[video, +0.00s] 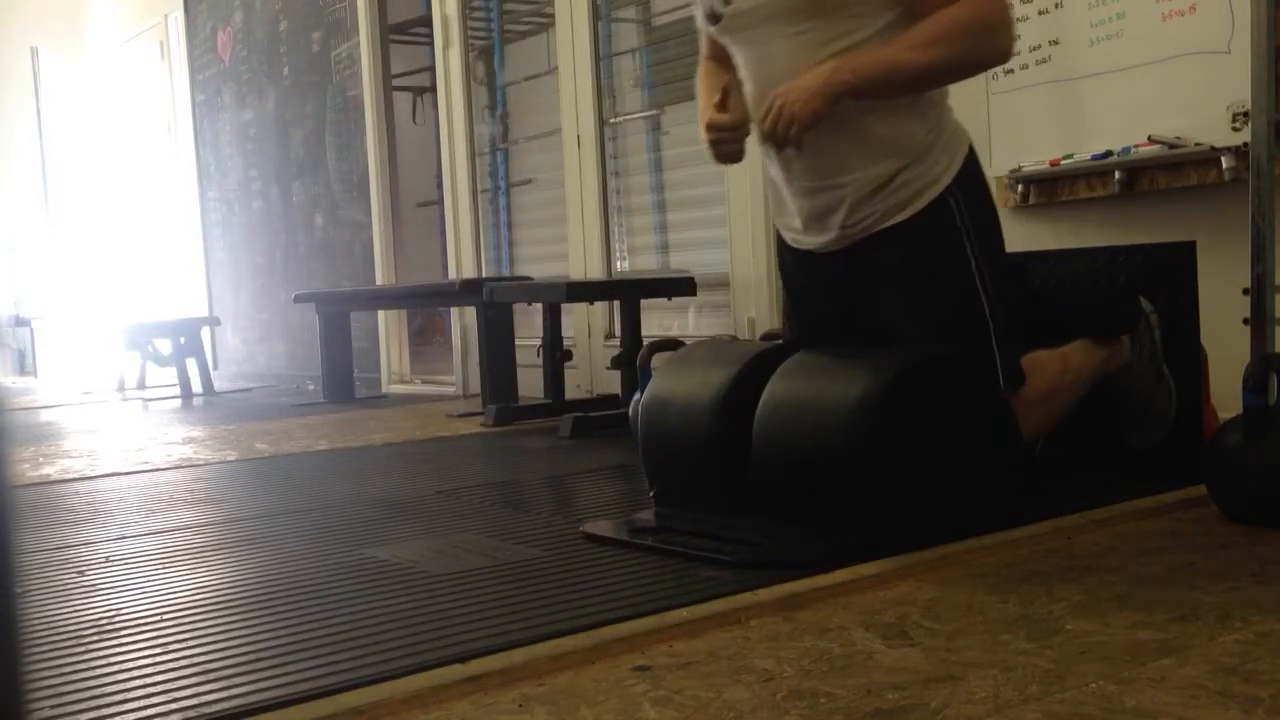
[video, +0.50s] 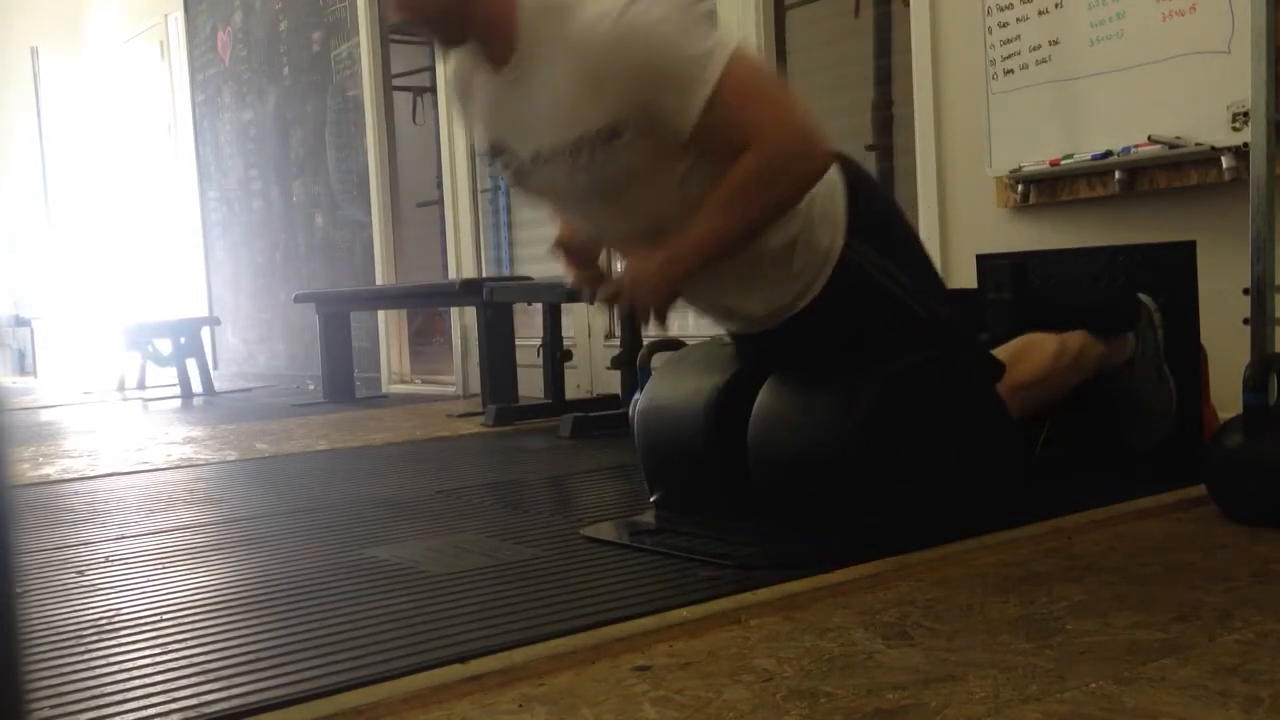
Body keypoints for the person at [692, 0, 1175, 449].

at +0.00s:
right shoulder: (720, 7)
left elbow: (987, 30)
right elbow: (717, 56)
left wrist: (832, 78)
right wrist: (717, 112)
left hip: (921, 205)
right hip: (806, 229)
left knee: (976, 432)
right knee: (845, 444)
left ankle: (1110, 347)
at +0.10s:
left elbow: (957, 35)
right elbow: (688, 52)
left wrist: (800, 94)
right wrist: (693, 116)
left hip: (908, 210)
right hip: (795, 240)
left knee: (977, 427)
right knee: (842, 446)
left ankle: (1110, 347)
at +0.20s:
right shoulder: (641, 10)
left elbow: (920, 46)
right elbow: (656, 65)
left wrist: (763, 118)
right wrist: (664, 136)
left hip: (891, 218)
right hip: (781, 254)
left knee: (972, 429)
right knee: (842, 455)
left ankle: (1110, 348)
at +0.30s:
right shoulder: (580, 9)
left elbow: (878, 60)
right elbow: (616, 86)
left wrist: (726, 155)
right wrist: (631, 156)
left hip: (871, 226)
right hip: (766, 264)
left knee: (959, 419)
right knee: (849, 449)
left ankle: (1110, 349)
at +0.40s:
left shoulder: (700, 8)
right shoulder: (515, 26)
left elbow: (839, 90)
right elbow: (584, 126)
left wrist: (692, 200)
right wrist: (596, 187)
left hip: (850, 238)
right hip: (754, 281)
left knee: (961, 415)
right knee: (875, 433)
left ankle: (1102, 348)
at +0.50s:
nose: (385, 18)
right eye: (379, 6)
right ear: (431, 10)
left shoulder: (616, 32)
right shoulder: (473, 79)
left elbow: (797, 143)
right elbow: (589, 163)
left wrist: (666, 263)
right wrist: (579, 230)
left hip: (833, 256)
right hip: (747, 293)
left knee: (943, 421)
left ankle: (1067, 356)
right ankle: (1022, 368)